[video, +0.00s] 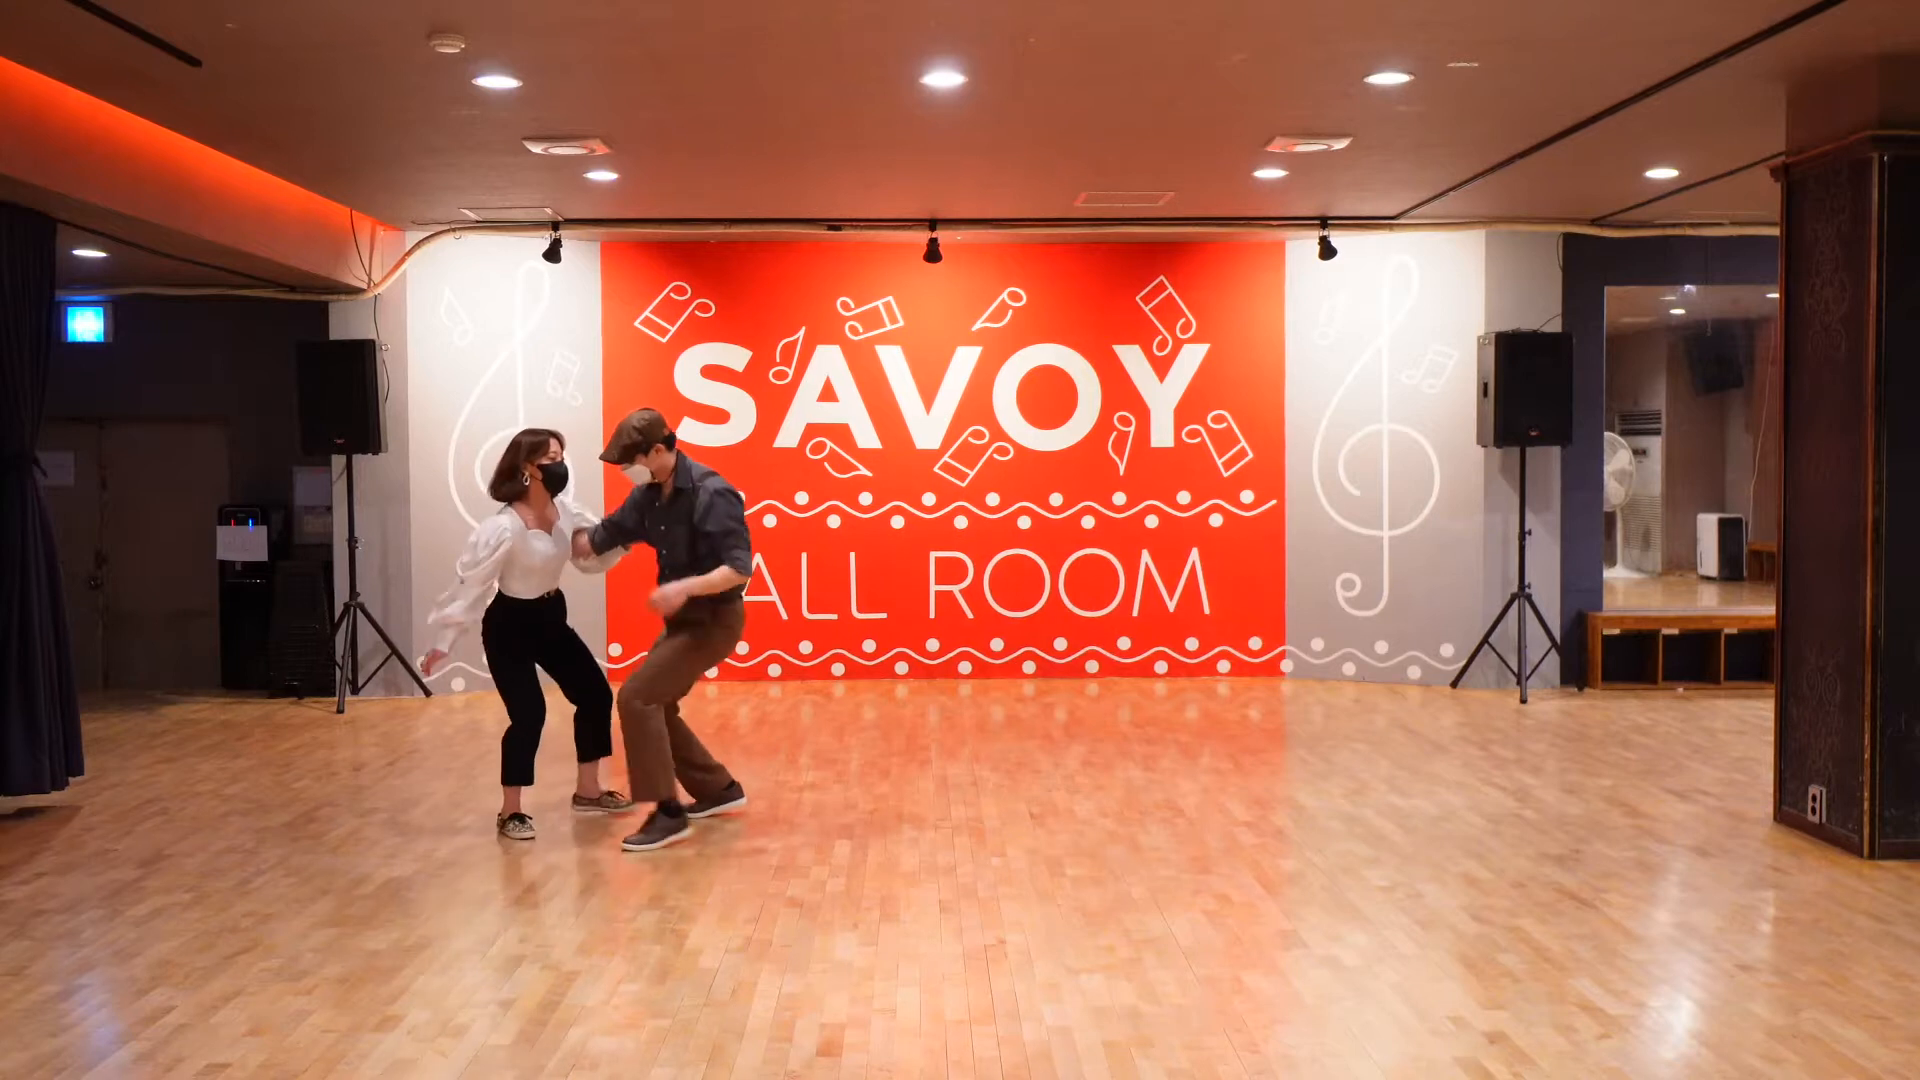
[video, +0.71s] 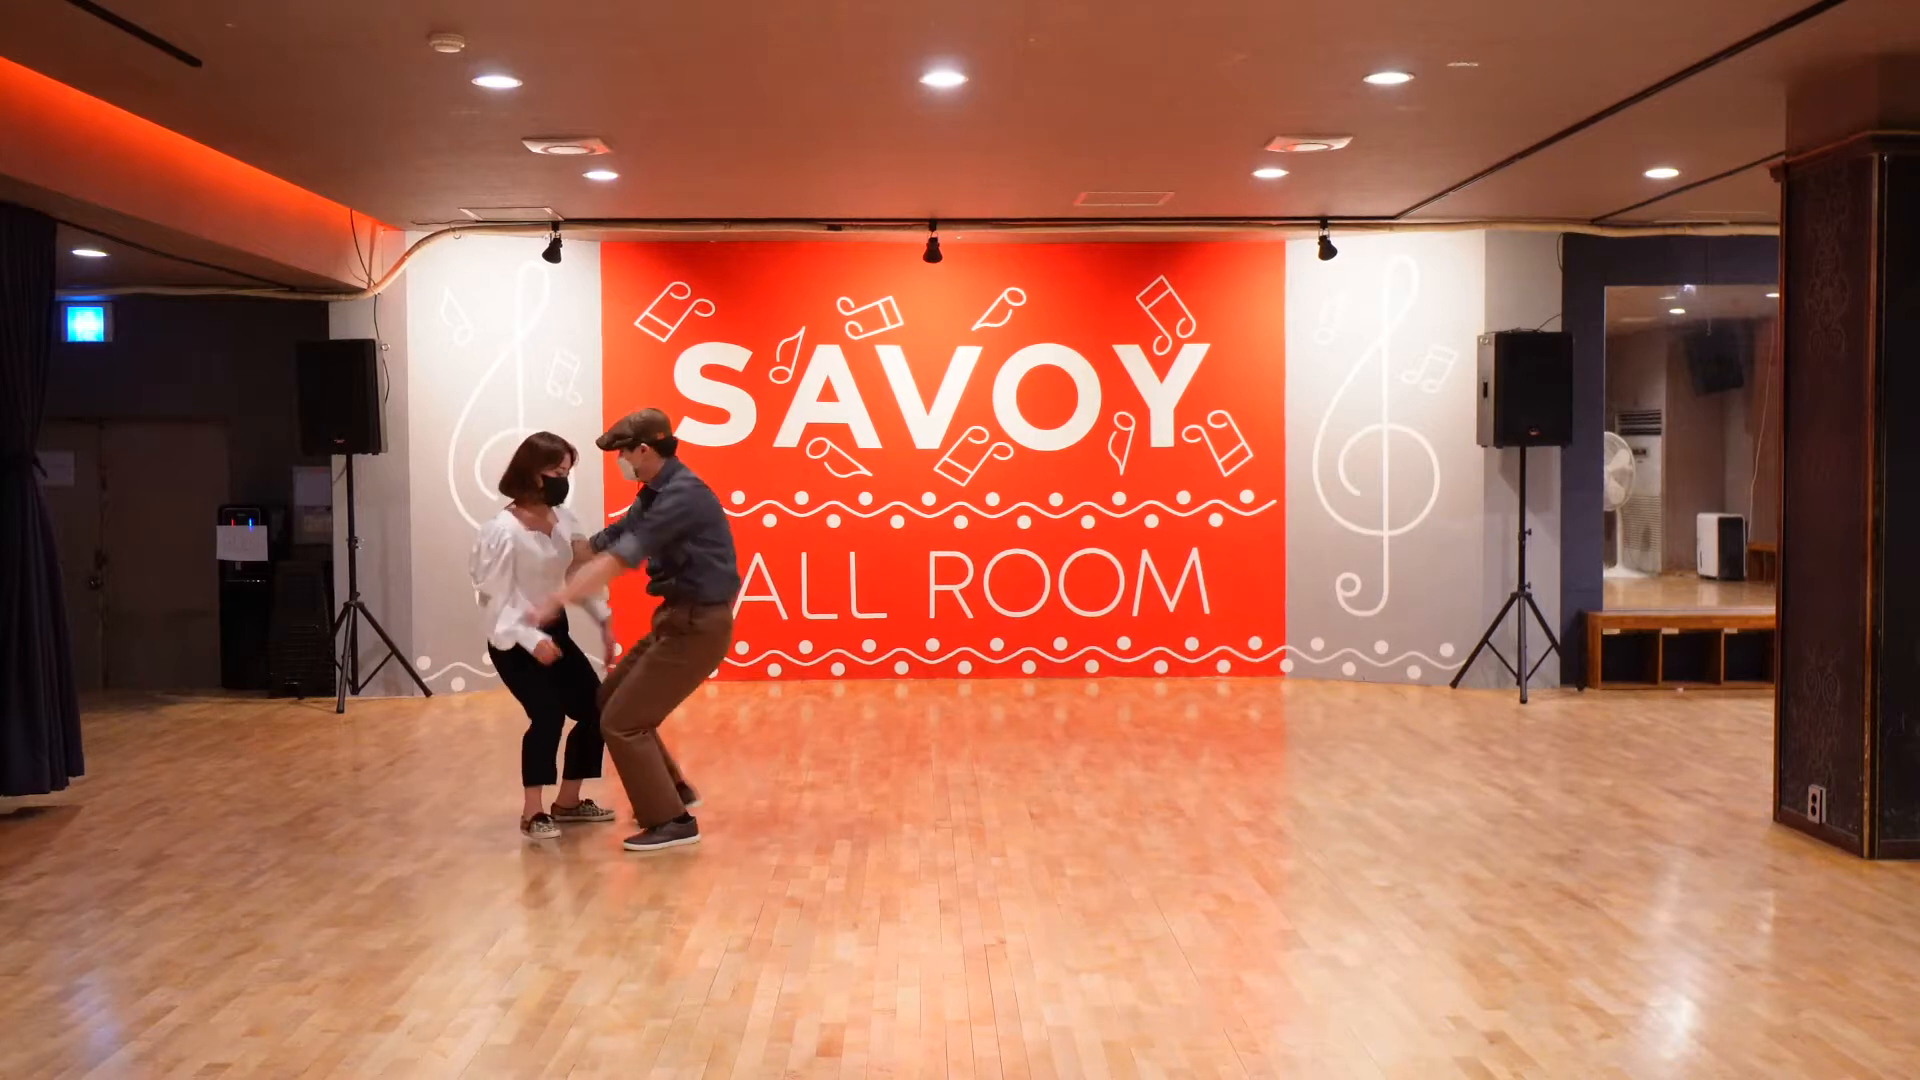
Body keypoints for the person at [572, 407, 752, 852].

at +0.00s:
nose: (629, 471)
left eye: (632, 461)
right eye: (626, 463)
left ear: (659, 450)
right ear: (649, 454)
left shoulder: (712, 493)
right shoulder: (648, 497)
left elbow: (739, 569)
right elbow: (600, 538)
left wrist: (684, 587)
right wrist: (576, 538)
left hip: (716, 617)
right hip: (684, 616)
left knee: (636, 697)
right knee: (654, 706)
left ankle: (669, 810)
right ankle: (717, 787)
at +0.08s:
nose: (629, 473)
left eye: (632, 463)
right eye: (625, 466)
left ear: (656, 452)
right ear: (647, 457)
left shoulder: (706, 492)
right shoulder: (649, 496)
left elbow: (724, 569)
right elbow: (607, 542)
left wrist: (661, 556)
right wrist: (568, 541)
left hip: (709, 623)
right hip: (678, 620)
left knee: (634, 711)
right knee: (650, 711)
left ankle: (674, 816)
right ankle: (714, 784)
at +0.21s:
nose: (626, 468)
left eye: (628, 459)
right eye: (622, 461)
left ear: (651, 448)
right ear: (645, 452)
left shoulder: (697, 483)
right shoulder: (655, 490)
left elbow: (676, 542)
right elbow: (606, 550)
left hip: (703, 617)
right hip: (677, 612)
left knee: (634, 713)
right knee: (620, 685)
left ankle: (671, 820)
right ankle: (675, 783)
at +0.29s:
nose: (626, 466)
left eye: (629, 457)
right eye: (622, 460)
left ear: (652, 443)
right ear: (648, 447)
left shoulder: (690, 476)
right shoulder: (659, 483)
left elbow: (648, 516)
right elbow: (619, 536)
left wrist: (601, 467)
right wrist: (594, 545)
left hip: (704, 609)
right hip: (683, 605)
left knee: (631, 710)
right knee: (621, 677)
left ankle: (672, 820)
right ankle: (627, 785)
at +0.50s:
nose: (627, 465)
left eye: (629, 455)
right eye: (624, 458)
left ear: (654, 446)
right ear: (654, 448)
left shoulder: (684, 479)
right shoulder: (657, 491)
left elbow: (602, 492)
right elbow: (603, 538)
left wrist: (535, 459)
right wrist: (559, 550)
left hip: (699, 613)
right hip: (683, 611)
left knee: (627, 720)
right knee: (618, 713)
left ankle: (671, 822)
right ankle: (575, 807)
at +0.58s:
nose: (627, 465)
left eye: (629, 455)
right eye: (624, 456)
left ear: (653, 446)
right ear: (655, 448)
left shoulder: (680, 483)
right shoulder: (662, 490)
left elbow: (597, 506)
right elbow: (594, 540)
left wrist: (513, 495)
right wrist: (537, 543)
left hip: (703, 618)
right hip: (682, 615)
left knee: (624, 718)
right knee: (609, 690)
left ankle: (673, 822)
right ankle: (594, 798)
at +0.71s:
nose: (620, 460)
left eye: (625, 451)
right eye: (619, 452)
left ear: (649, 449)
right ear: (645, 451)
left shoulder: (682, 494)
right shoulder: (654, 495)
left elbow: (624, 558)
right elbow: (603, 541)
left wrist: (559, 598)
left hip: (700, 628)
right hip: (677, 623)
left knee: (622, 723)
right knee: (611, 700)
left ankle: (671, 822)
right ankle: (673, 791)